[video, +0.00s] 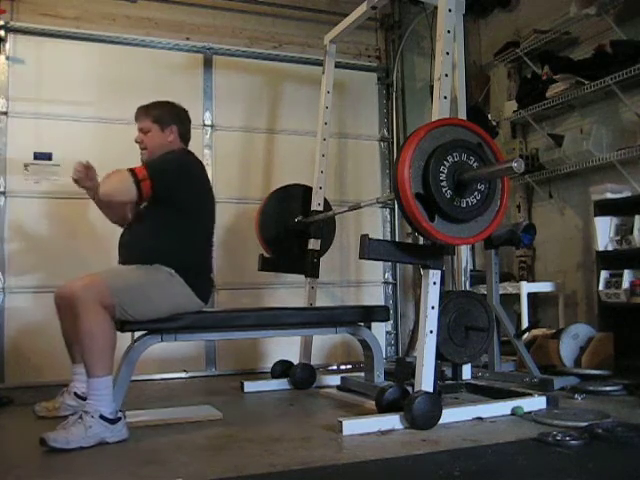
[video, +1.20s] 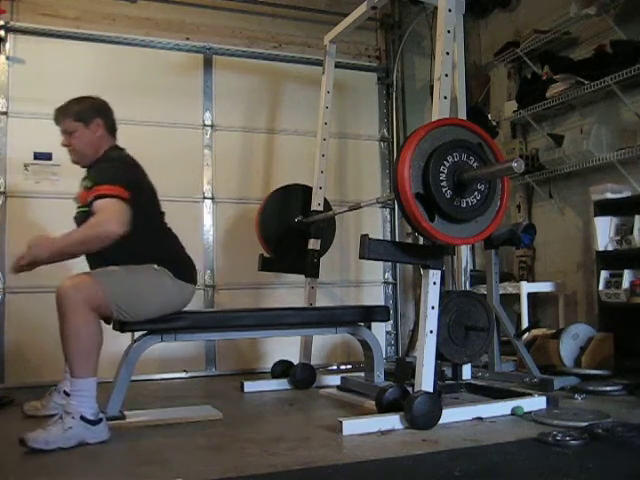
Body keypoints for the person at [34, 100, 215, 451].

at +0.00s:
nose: (138, 140)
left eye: (145, 132)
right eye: (138, 133)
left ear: (171, 134)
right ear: (168, 136)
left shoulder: (180, 163)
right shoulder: (164, 170)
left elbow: (115, 188)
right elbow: (125, 217)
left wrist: (109, 186)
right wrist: (93, 189)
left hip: (178, 280)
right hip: (153, 277)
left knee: (87, 293)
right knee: (66, 297)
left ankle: (105, 416)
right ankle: (82, 393)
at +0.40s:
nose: (130, 133)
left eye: (138, 127)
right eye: (131, 126)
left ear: (165, 132)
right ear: (159, 133)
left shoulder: (180, 160)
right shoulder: (154, 172)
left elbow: (152, 175)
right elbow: (132, 203)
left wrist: (91, 175)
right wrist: (100, 221)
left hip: (178, 281)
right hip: (154, 278)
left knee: (82, 292)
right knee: (72, 291)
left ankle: (85, 415)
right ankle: (75, 390)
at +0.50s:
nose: (120, 130)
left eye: (128, 123)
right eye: (121, 123)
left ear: (155, 129)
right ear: (149, 131)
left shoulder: (173, 161)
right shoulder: (147, 170)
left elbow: (178, 194)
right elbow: (155, 231)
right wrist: (117, 243)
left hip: (177, 280)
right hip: (154, 276)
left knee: (83, 292)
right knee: (75, 292)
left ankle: (86, 415)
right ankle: (72, 393)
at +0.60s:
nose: (114, 129)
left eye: (121, 122)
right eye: (114, 122)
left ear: (148, 124)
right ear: (145, 126)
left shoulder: (169, 161)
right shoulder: (146, 164)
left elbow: (190, 206)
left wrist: (179, 241)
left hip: (172, 281)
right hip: (148, 276)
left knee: (83, 293)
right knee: (74, 292)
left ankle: (87, 415)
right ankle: (72, 392)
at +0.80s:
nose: (108, 128)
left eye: (115, 120)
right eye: (108, 120)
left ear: (142, 120)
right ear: (140, 122)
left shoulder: (158, 158)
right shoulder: (136, 162)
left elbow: (182, 212)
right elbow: (145, 226)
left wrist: (145, 252)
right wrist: (106, 260)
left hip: (169, 278)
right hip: (144, 274)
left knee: (83, 296)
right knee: (68, 293)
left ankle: (86, 416)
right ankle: (70, 391)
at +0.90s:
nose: (101, 130)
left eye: (107, 122)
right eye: (100, 123)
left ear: (134, 123)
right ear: (128, 125)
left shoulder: (151, 162)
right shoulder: (129, 165)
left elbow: (163, 216)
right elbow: (130, 230)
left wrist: (97, 253)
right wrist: (88, 256)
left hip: (169, 278)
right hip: (142, 275)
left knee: (83, 292)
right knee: (66, 289)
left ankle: (87, 416)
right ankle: (70, 391)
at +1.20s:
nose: (64, 142)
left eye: (70, 133)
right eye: (63, 134)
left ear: (97, 129)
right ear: (93, 132)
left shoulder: (114, 168)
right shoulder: (99, 171)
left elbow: (113, 224)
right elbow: (98, 228)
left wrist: (51, 250)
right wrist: (52, 248)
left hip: (165, 276)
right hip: (143, 274)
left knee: (77, 295)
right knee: (69, 292)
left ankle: (87, 417)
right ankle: (71, 394)